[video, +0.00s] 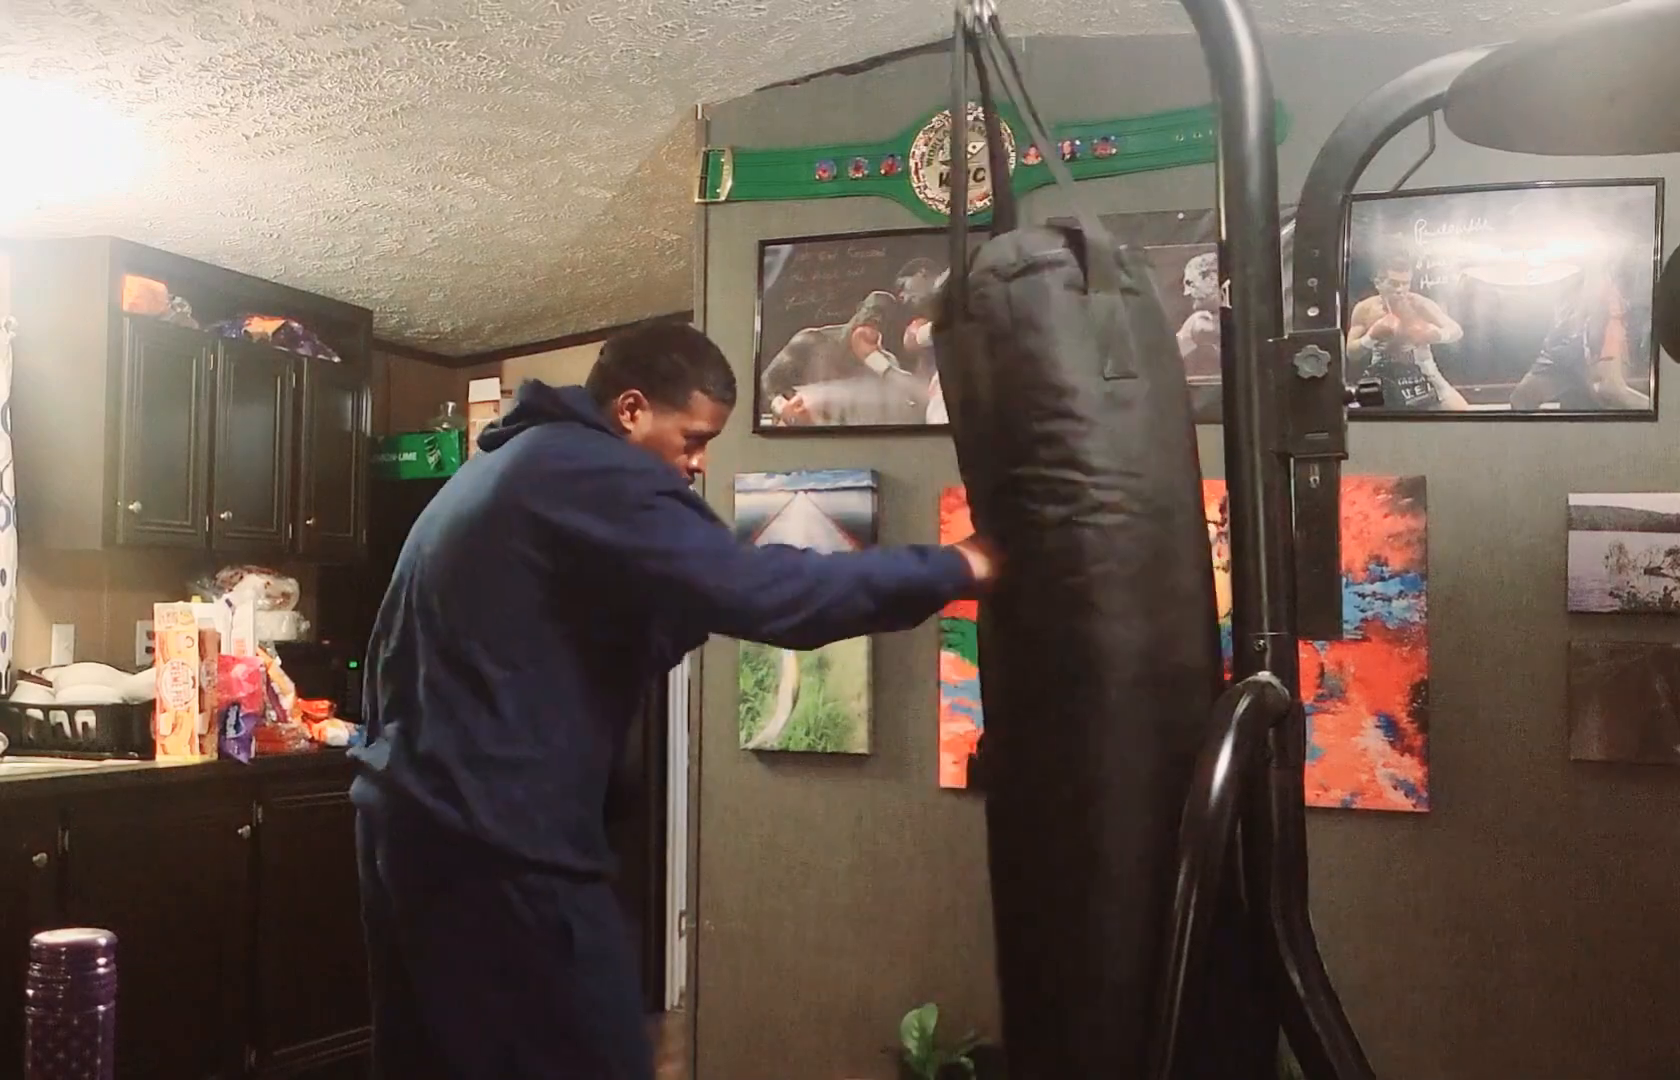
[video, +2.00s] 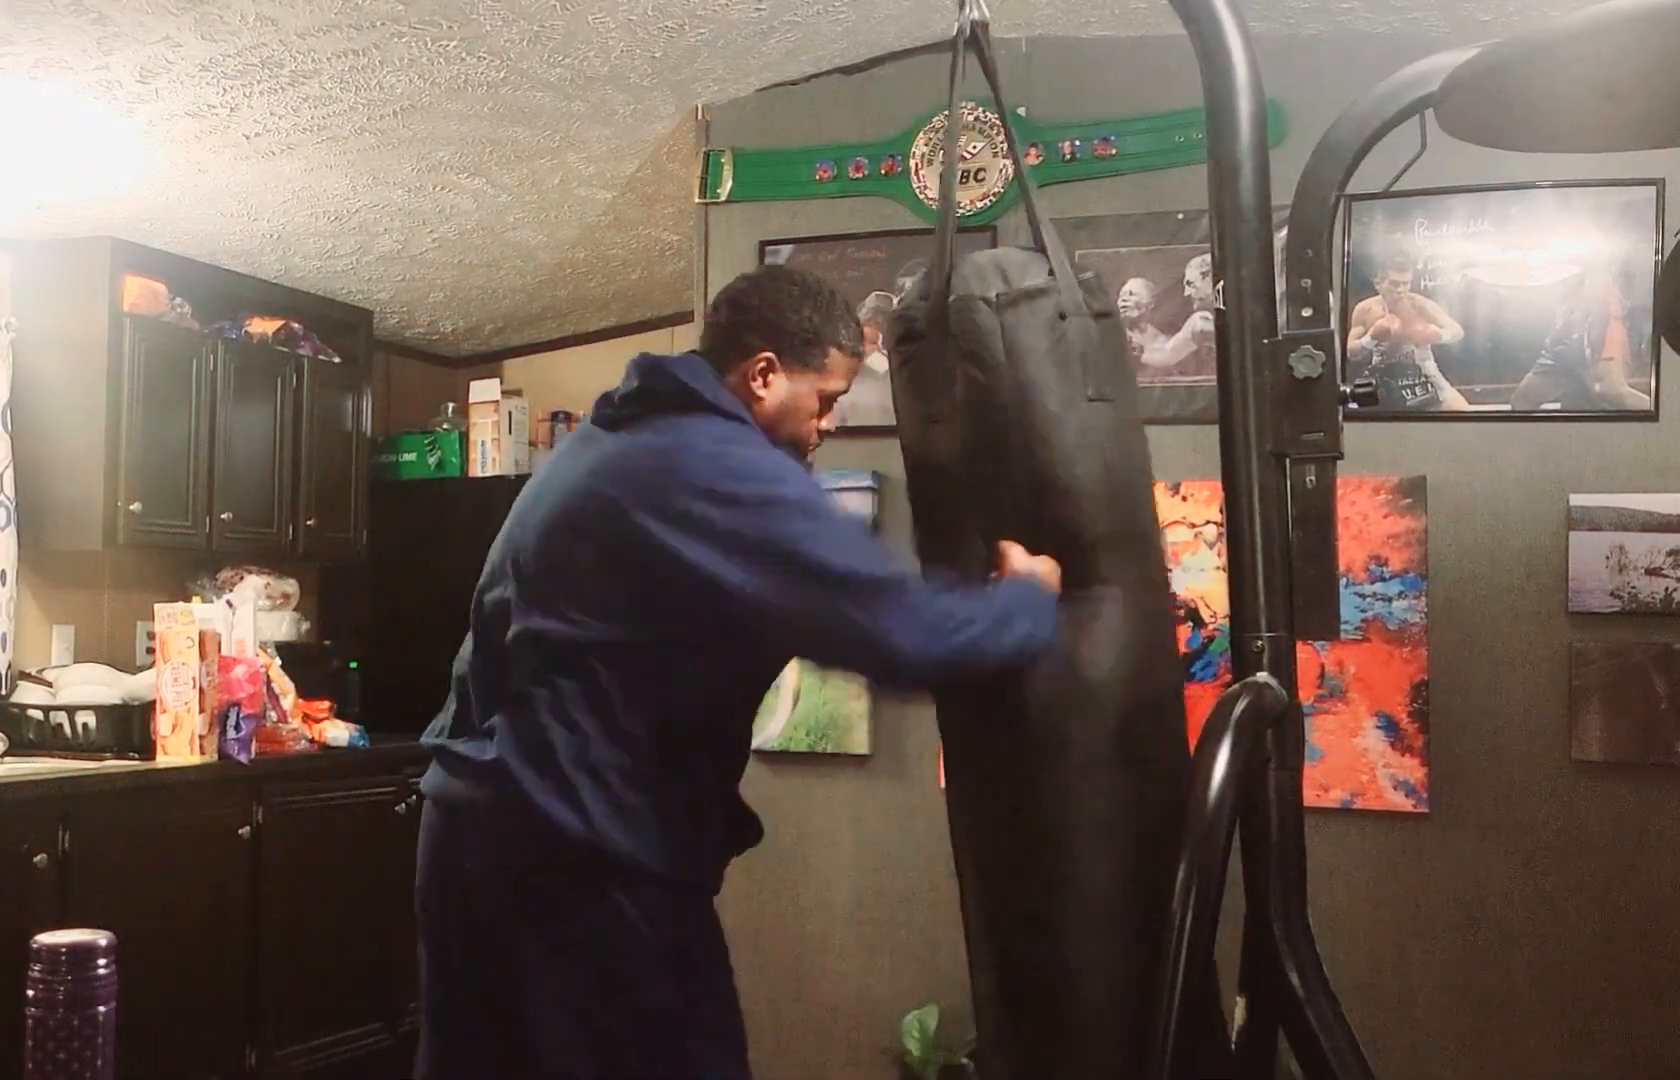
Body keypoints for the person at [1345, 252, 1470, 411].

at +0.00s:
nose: (1401, 290)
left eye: (1405, 284)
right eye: (1394, 284)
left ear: (1410, 283)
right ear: (1378, 283)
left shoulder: (1421, 304)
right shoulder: (1364, 309)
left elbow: (1456, 331)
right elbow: (1351, 354)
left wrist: (1433, 334)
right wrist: (1372, 336)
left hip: (1425, 378)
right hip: (1383, 380)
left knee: (1463, 413)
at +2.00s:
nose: (1401, 290)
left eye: (1406, 284)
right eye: (1394, 284)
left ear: (1410, 283)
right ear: (1378, 283)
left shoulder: (1420, 304)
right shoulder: (1364, 310)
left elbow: (1457, 331)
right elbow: (1351, 353)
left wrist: (1434, 334)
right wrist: (1373, 336)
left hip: (1427, 381)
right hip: (1384, 384)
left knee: (1465, 415)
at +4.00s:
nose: (1402, 291)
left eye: (1407, 284)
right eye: (1396, 284)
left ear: (1412, 283)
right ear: (1379, 283)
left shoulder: (1421, 304)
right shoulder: (1366, 310)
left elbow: (1458, 331)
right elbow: (1352, 353)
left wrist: (1435, 335)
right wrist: (1374, 337)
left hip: (1429, 382)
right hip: (1386, 386)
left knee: (1467, 416)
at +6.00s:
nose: (1402, 291)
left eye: (1407, 285)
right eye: (1396, 285)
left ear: (1412, 283)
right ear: (1379, 284)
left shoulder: (1421, 305)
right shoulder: (1365, 310)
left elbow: (1458, 332)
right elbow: (1352, 353)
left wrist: (1435, 335)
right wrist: (1374, 338)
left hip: (1428, 382)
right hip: (1385, 385)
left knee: (1469, 418)